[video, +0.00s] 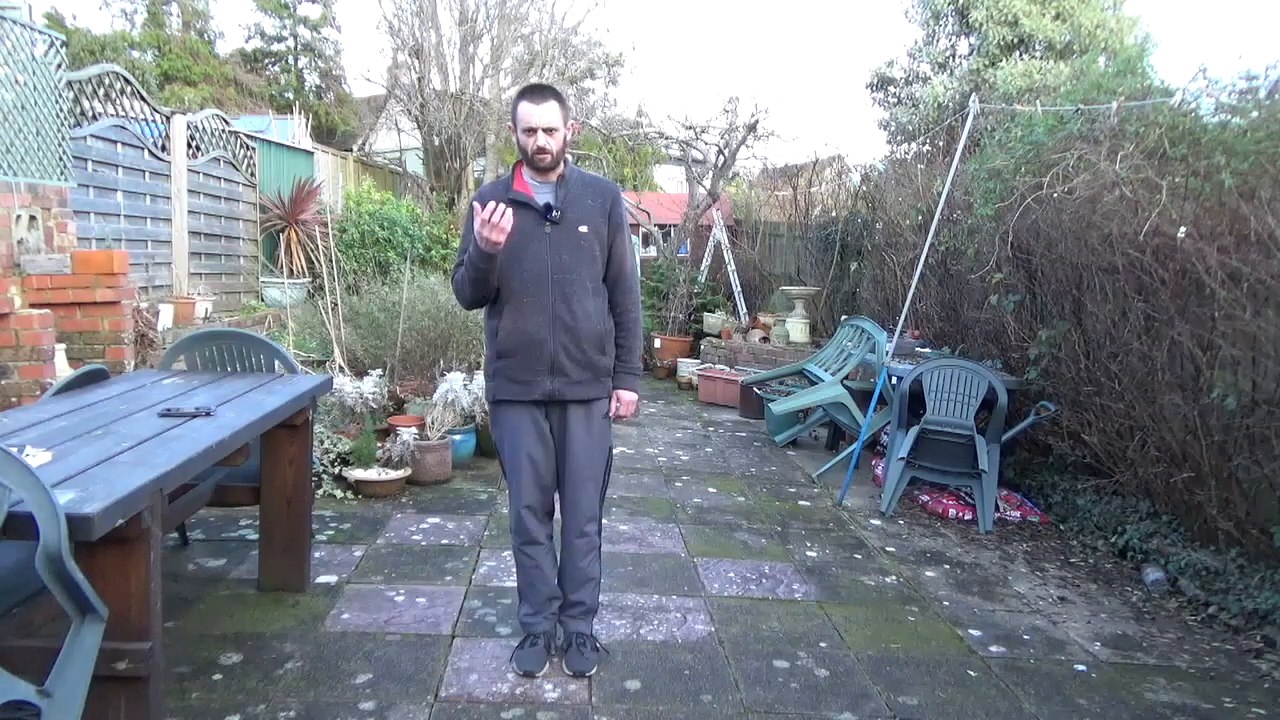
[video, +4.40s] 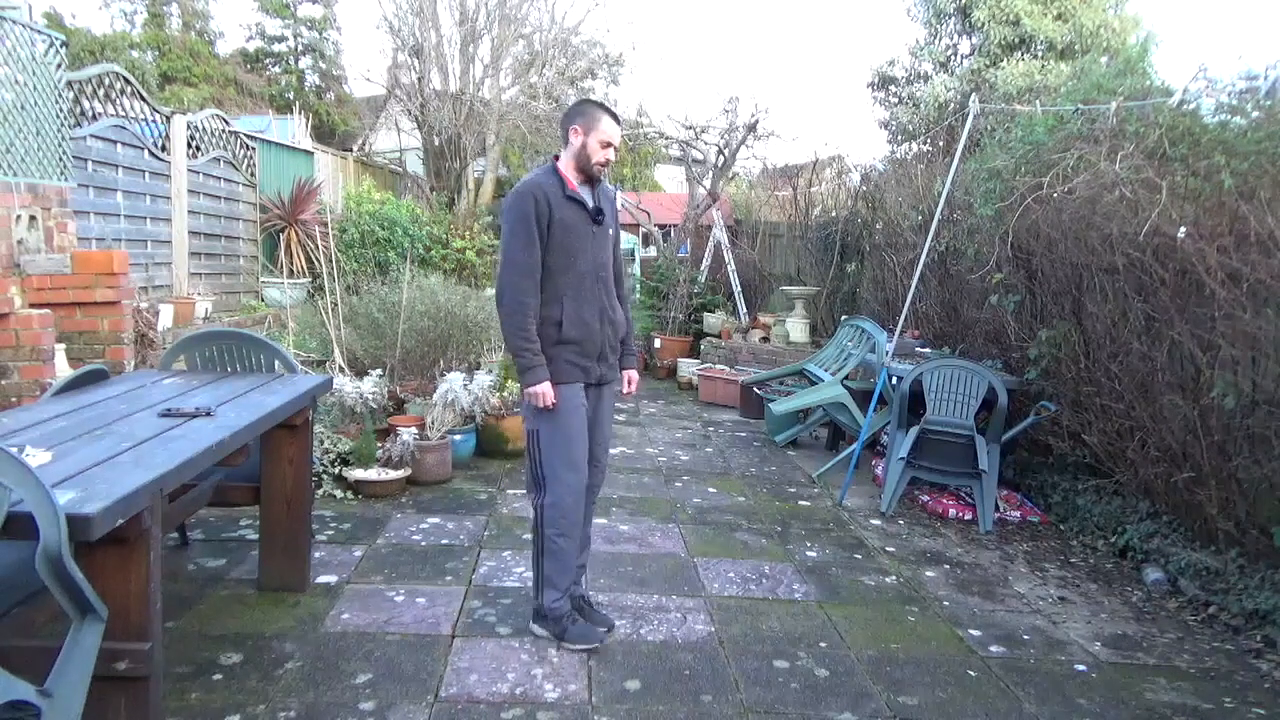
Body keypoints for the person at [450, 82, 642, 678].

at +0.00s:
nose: (539, 141)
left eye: (548, 130)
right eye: (529, 131)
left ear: (568, 129)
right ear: (515, 134)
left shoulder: (603, 195)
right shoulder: (491, 197)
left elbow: (625, 293)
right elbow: (468, 295)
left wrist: (628, 375)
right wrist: (485, 250)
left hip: (589, 379)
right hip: (516, 381)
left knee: (583, 513)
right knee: (528, 513)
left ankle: (580, 627)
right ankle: (536, 628)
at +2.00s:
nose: (536, 141)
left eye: (545, 130)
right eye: (525, 132)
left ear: (564, 130)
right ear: (512, 135)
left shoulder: (598, 195)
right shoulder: (486, 199)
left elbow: (620, 291)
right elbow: (464, 295)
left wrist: (624, 374)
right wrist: (482, 248)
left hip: (586, 376)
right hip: (513, 379)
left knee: (582, 511)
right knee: (526, 512)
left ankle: (580, 625)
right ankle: (536, 627)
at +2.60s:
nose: (535, 140)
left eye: (544, 129)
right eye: (524, 131)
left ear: (563, 130)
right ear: (511, 134)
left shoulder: (597, 195)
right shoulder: (484, 200)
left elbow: (619, 291)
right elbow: (465, 278)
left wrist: (622, 373)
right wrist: (472, 306)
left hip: (584, 378)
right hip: (512, 380)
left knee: (581, 513)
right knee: (526, 513)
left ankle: (580, 626)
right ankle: (535, 627)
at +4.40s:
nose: (611, 155)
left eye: (615, 147)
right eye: (606, 144)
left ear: (606, 147)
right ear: (574, 135)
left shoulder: (603, 201)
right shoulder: (532, 195)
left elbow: (616, 286)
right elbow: (515, 292)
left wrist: (628, 353)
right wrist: (532, 371)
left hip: (603, 367)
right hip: (555, 368)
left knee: (588, 483)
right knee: (562, 488)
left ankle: (572, 591)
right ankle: (553, 605)